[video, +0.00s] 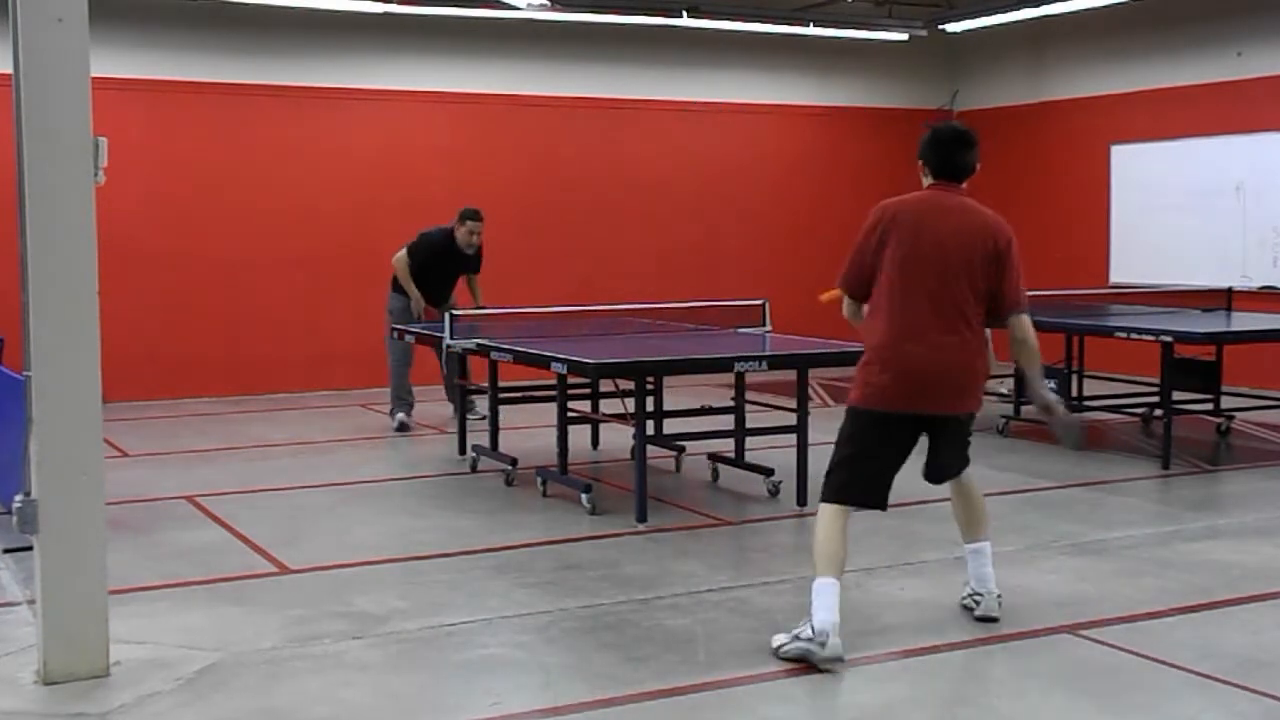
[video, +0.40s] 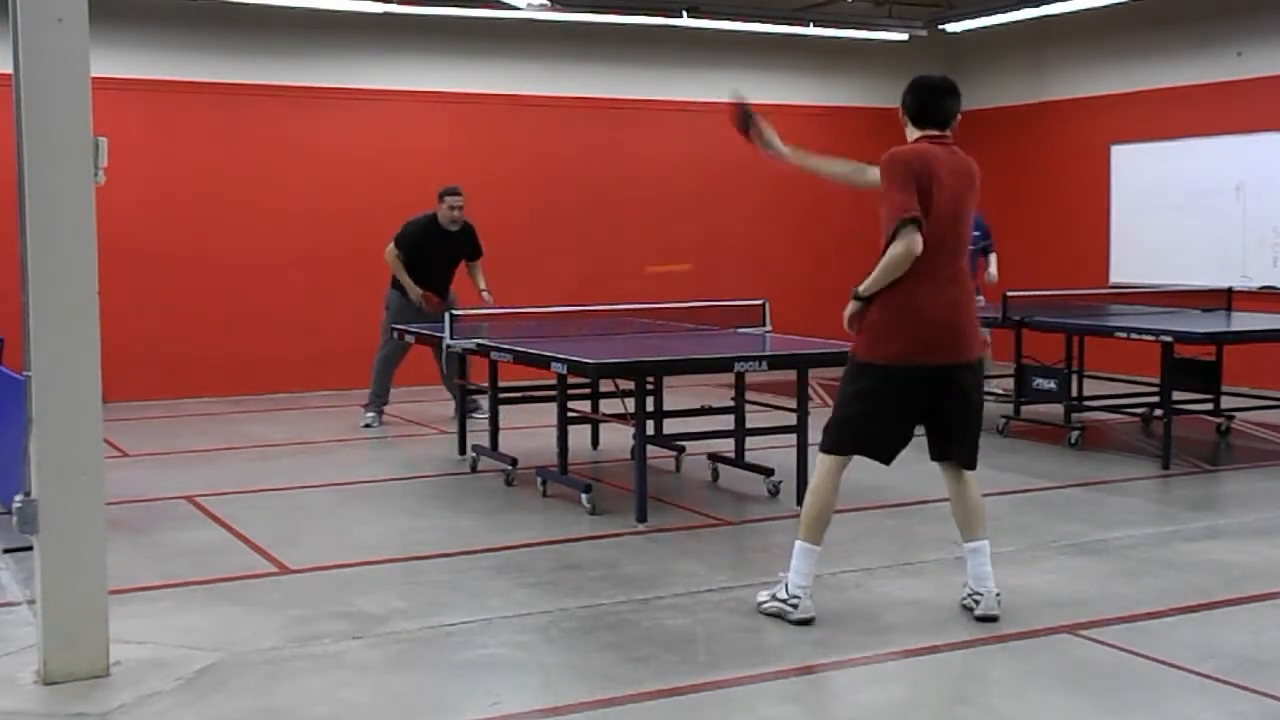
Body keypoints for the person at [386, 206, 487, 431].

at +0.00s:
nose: (475, 240)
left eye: (479, 234)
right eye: (471, 233)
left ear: (482, 233)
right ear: (457, 228)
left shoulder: (474, 249)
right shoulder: (433, 240)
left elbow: (471, 276)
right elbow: (398, 261)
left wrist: (478, 303)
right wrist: (415, 296)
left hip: (440, 301)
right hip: (406, 297)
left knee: (453, 352)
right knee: (401, 354)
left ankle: (463, 403)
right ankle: (401, 409)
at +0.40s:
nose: (457, 214)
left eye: (460, 208)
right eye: (452, 208)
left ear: (465, 209)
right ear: (439, 207)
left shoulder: (466, 233)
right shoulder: (419, 227)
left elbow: (473, 263)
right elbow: (391, 254)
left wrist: (482, 289)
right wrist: (410, 287)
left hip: (440, 300)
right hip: (405, 299)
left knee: (451, 351)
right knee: (391, 350)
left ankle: (464, 403)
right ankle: (374, 407)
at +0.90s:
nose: (392, 242)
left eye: (397, 237)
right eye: (387, 237)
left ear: (402, 234)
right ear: (378, 235)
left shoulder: (414, 246)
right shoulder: (368, 243)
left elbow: (435, 274)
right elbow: (352, 264)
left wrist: (452, 300)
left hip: (415, 310)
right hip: (378, 310)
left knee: (437, 356)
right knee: (364, 353)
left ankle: (472, 400)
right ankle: (354, 411)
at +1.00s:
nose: (393, 244)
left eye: (398, 238)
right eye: (389, 238)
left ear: (403, 235)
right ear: (377, 236)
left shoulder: (411, 246)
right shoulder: (366, 245)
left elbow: (433, 273)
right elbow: (356, 227)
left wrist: (455, 301)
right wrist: (391, 210)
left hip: (409, 309)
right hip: (372, 309)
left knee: (434, 355)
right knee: (361, 353)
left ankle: (464, 400)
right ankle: (354, 411)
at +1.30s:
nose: (426, 224)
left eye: (430, 219)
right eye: (421, 218)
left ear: (433, 218)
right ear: (410, 215)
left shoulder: (433, 241)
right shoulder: (391, 227)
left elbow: (437, 279)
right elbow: (351, 235)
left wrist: (444, 311)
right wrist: (355, 237)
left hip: (412, 308)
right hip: (376, 305)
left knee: (428, 356)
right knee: (361, 354)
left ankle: (446, 402)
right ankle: (354, 410)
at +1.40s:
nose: (435, 219)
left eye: (438, 214)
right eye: (430, 213)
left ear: (441, 214)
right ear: (416, 211)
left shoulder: (442, 238)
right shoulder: (396, 227)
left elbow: (445, 275)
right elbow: (361, 241)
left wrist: (447, 307)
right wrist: (359, 252)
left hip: (418, 306)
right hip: (382, 304)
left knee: (435, 353)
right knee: (368, 354)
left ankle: (447, 403)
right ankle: (356, 408)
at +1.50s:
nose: (436, 211)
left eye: (439, 206)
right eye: (430, 206)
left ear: (442, 207)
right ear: (417, 205)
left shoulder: (445, 233)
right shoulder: (396, 223)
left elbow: (452, 269)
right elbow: (366, 241)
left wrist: (456, 302)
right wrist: (363, 261)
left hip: (421, 303)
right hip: (385, 301)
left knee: (436, 354)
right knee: (369, 352)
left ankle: (447, 403)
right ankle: (355, 406)